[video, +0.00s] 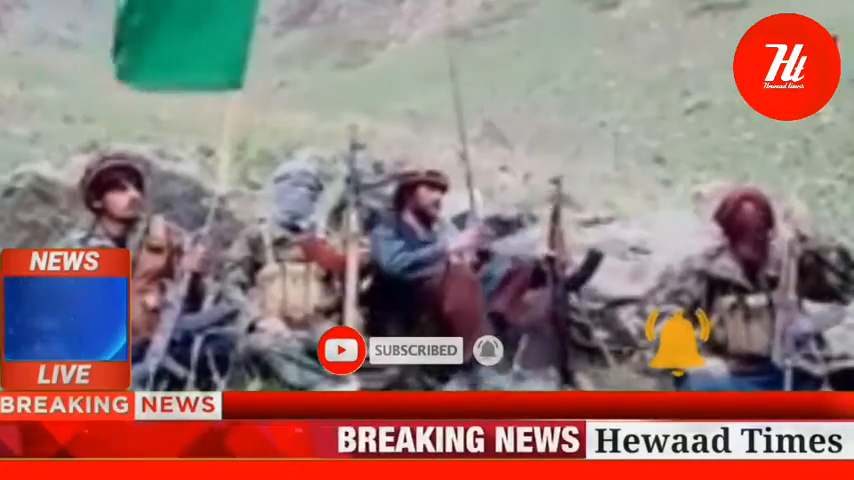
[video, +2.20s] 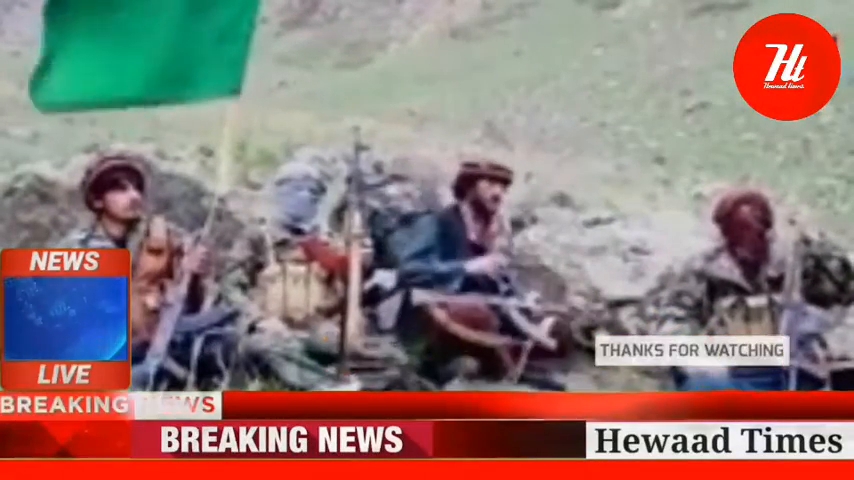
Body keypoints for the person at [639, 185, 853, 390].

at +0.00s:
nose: (752, 241)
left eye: (758, 230)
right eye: (741, 232)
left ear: (769, 228)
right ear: (728, 232)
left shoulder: (792, 262)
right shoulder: (704, 269)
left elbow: (843, 289)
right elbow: (663, 306)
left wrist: (808, 245)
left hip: (789, 366)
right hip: (730, 369)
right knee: (699, 381)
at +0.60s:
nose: (754, 235)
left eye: (761, 226)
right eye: (744, 226)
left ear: (769, 228)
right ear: (727, 230)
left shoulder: (788, 263)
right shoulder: (703, 269)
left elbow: (838, 289)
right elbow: (672, 305)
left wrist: (806, 243)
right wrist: (675, 330)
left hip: (795, 368)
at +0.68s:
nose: (752, 236)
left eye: (759, 227)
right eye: (741, 227)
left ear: (769, 229)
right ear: (726, 230)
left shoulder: (789, 264)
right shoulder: (700, 269)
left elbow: (840, 295)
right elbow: (664, 316)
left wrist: (808, 243)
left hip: (786, 366)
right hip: (724, 368)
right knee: (704, 384)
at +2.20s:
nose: (750, 237)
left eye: (756, 228)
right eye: (739, 228)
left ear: (767, 229)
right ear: (726, 231)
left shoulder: (790, 265)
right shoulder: (700, 272)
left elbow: (841, 291)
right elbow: (670, 314)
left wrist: (809, 244)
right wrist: (692, 354)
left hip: (788, 366)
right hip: (724, 369)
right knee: (708, 386)